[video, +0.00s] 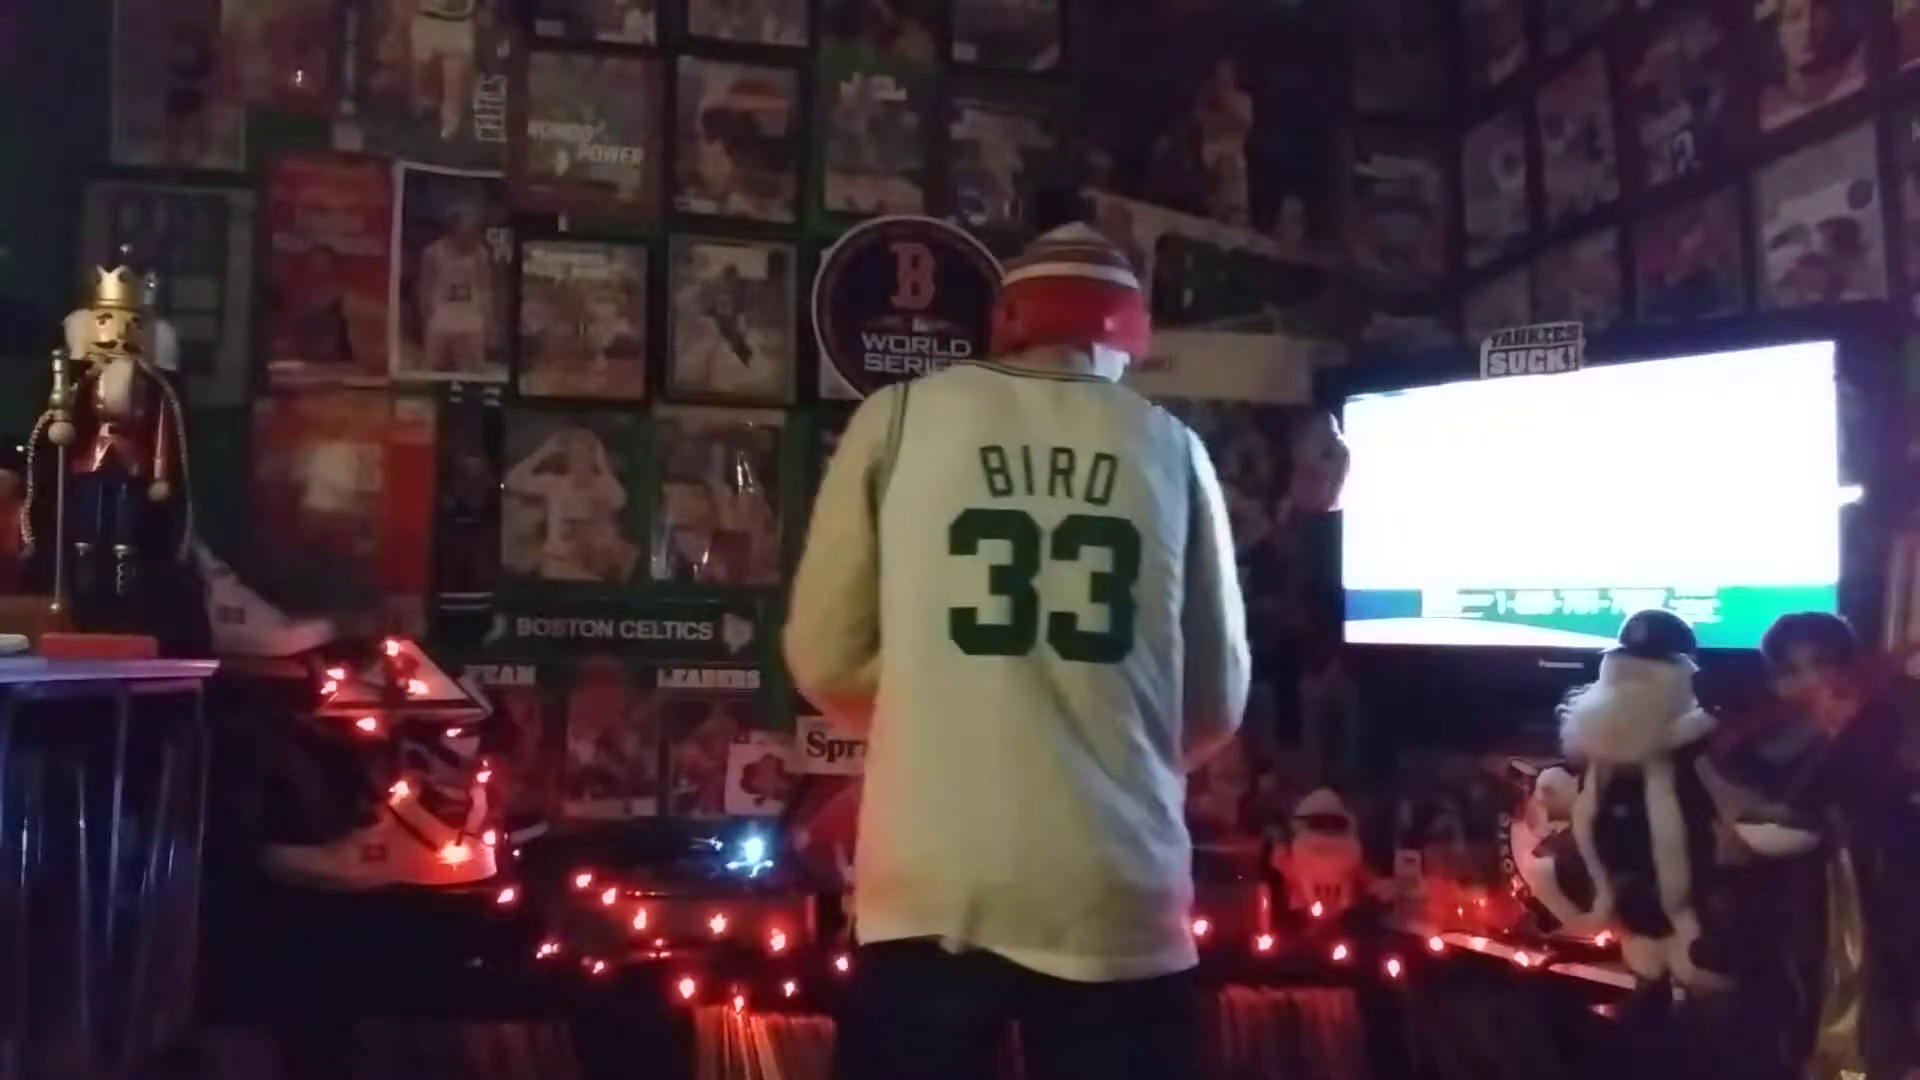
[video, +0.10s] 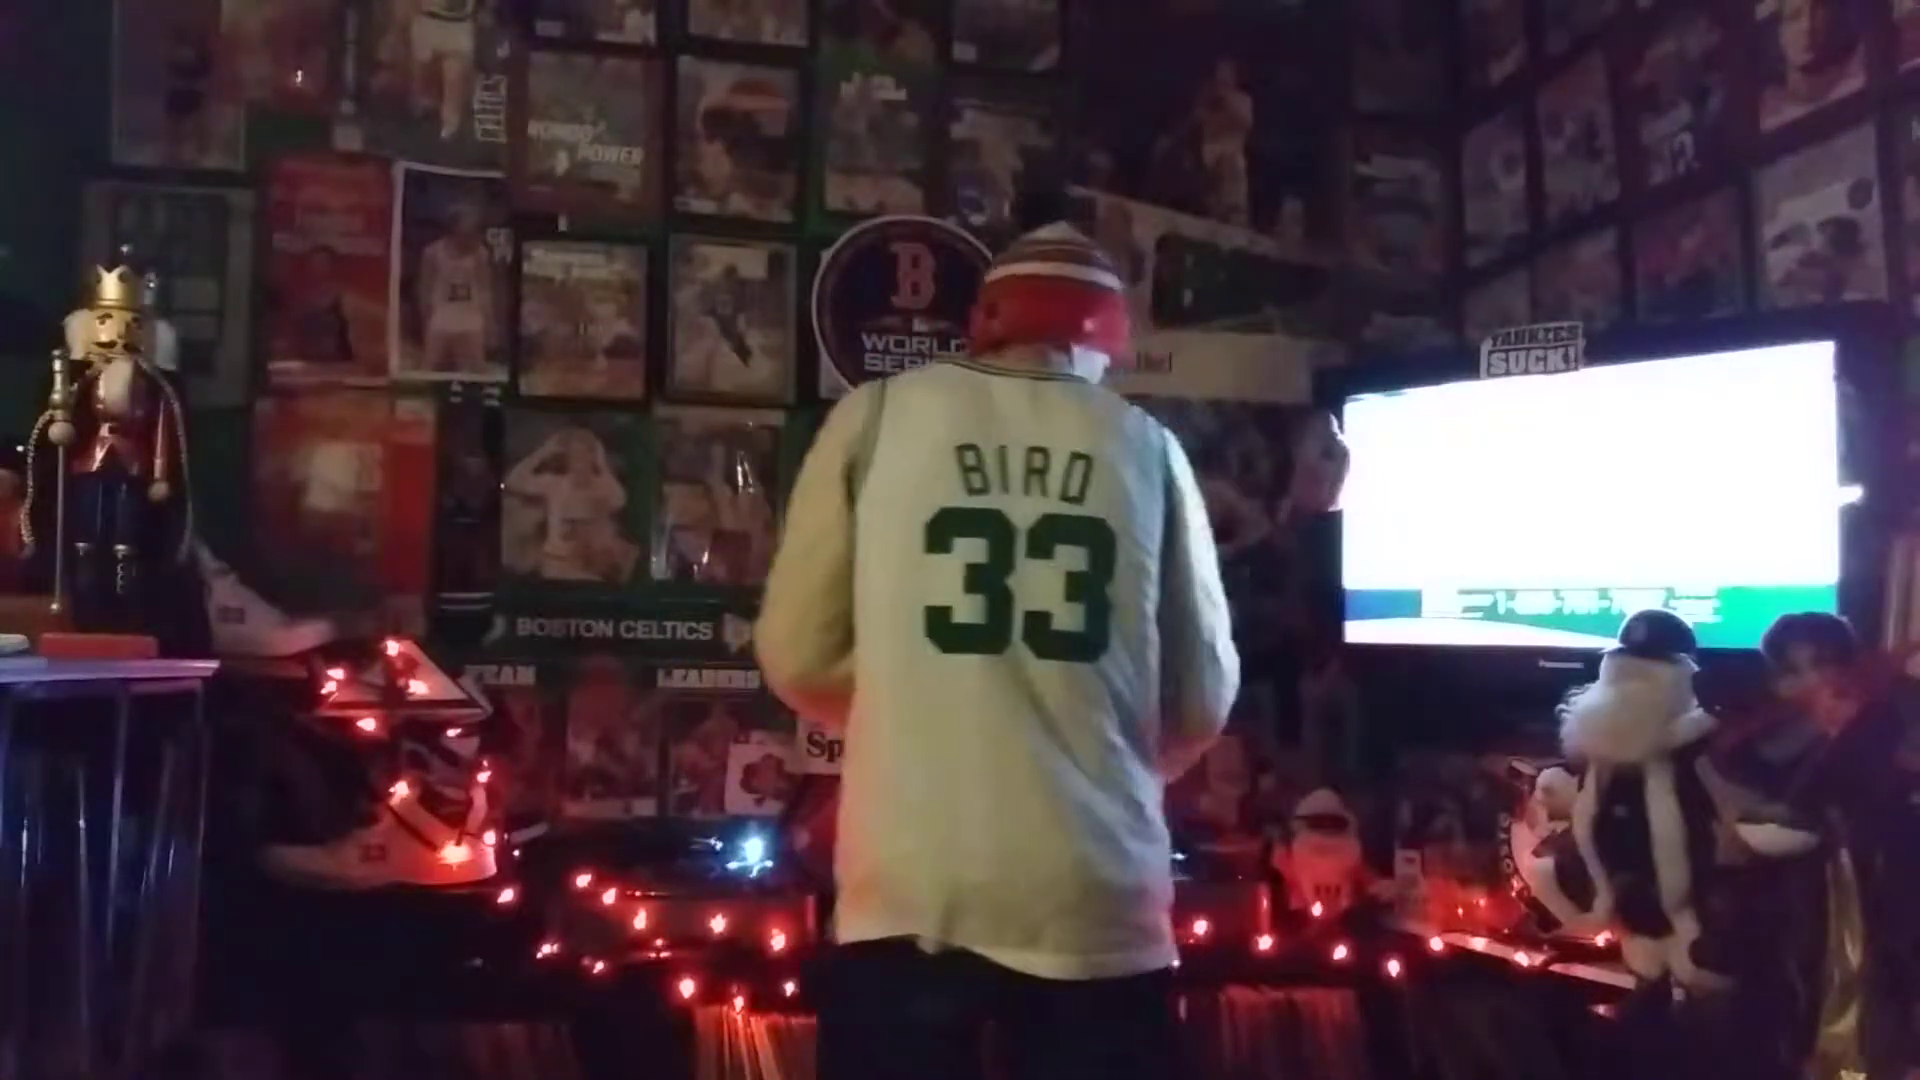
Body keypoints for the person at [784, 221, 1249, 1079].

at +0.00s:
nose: (1138, 357)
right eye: (1135, 341)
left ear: (1005, 325)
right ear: (1128, 340)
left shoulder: (898, 416)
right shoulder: (1177, 452)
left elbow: (825, 654)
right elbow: (1216, 699)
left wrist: (938, 718)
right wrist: (1110, 769)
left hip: (923, 882)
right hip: (1116, 893)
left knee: (907, 1066)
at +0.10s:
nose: (1122, 360)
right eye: (1119, 345)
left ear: (985, 326)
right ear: (1107, 342)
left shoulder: (875, 414)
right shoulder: (1150, 450)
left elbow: (797, 653)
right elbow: (1200, 701)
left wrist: (913, 712)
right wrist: (1099, 771)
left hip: (899, 899)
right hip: (1094, 910)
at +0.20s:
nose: (1084, 356)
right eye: (1083, 339)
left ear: (958, 322)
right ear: (1074, 336)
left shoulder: (844, 414)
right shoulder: (1123, 447)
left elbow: (766, 651)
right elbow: (1177, 696)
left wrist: (884, 709)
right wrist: (1079, 763)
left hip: (878, 890)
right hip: (1071, 903)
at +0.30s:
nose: (1063, 353)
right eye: (1060, 335)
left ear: (929, 316)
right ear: (1048, 332)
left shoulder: (815, 415)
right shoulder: (1092, 440)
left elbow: (738, 652)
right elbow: (1150, 685)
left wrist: (858, 714)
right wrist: (1059, 762)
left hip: (851, 895)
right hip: (1045, 904)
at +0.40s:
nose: (1031, 353)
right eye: (1029, 335)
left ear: (899, 317)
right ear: (1015, 327)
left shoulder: (782, 414)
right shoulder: (1060, 434)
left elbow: (709, 652)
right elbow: (1121, 679)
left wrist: (822, 724)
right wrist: (1022, 750)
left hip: (824, 916)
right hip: (1019, 920)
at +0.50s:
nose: (1013, 352)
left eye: (1011, 339)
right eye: (1010, 335)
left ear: (874, 316)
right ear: (994, 327)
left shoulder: (756, 412)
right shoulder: (1032, 430)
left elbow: (685, 653)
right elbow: (1093, 678)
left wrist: (809, 721)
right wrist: (982, 735)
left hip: (796, 903)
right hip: (990, 908)